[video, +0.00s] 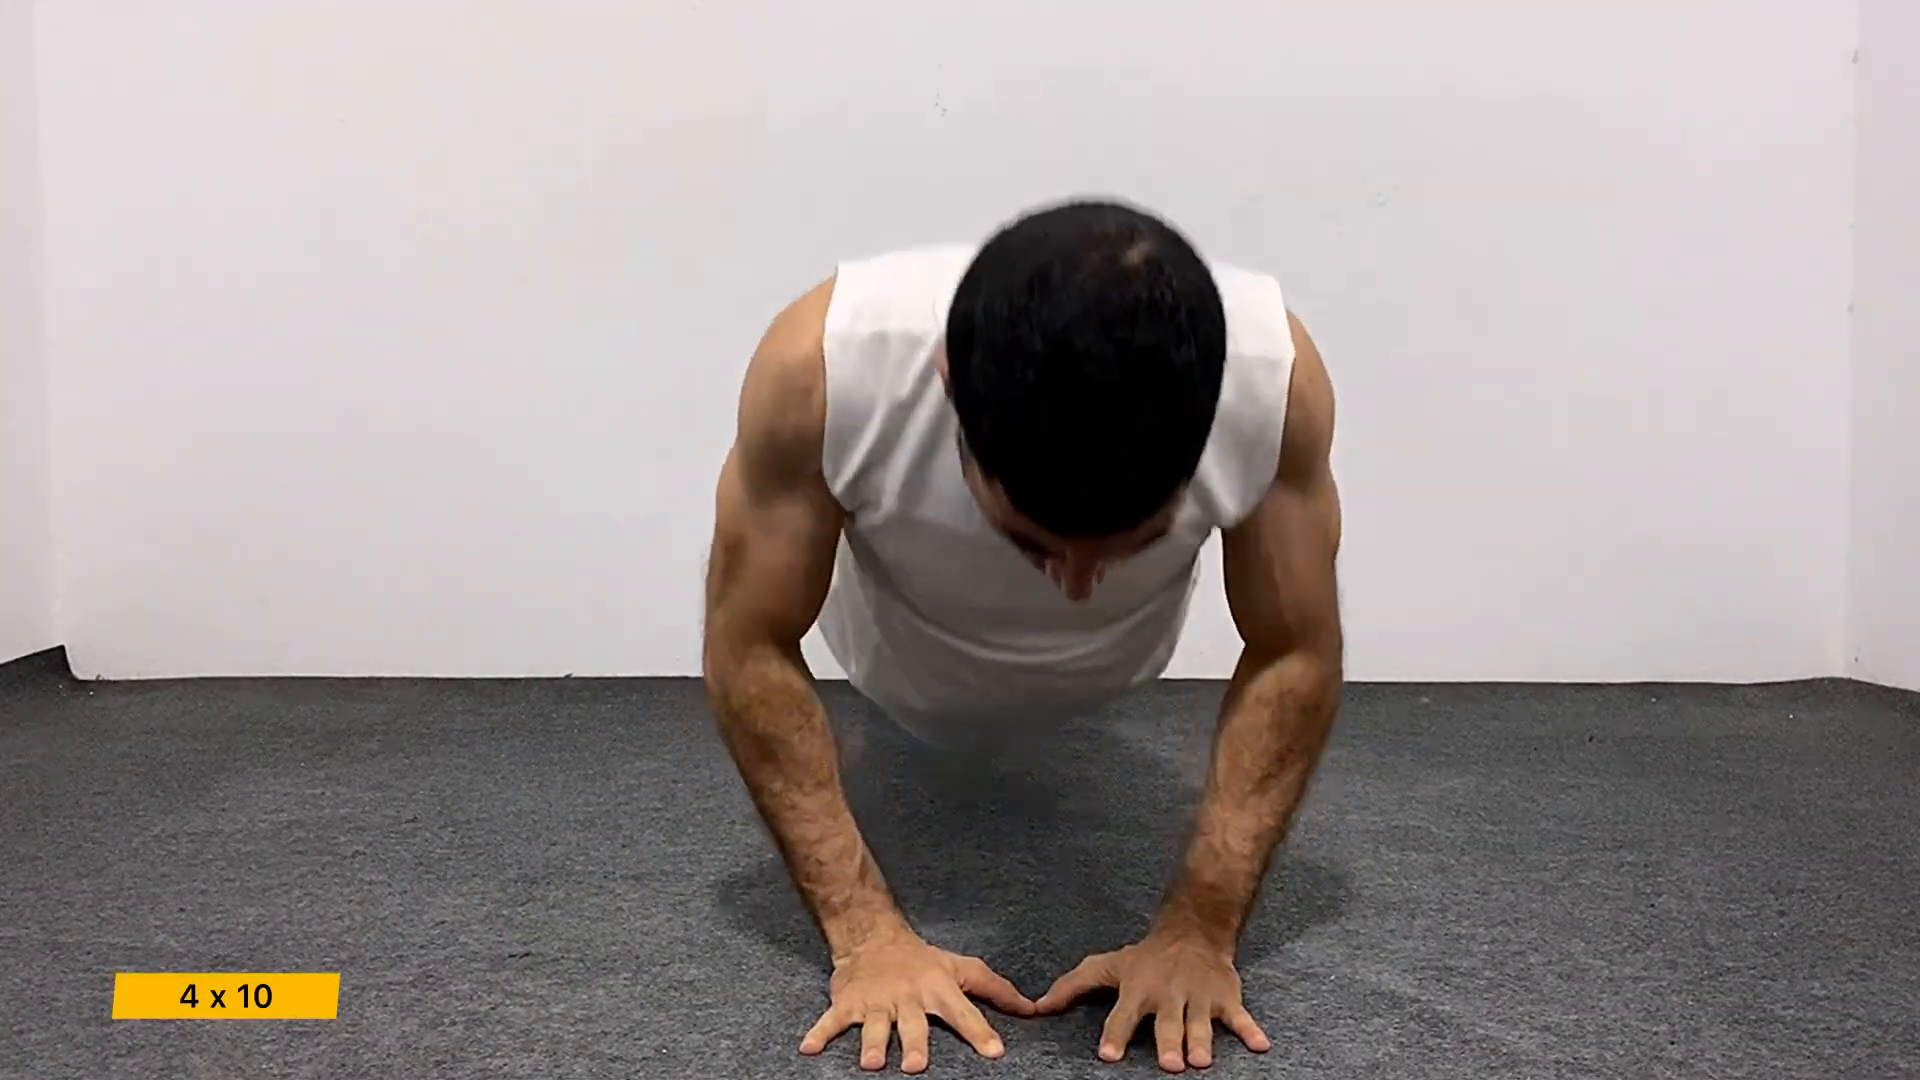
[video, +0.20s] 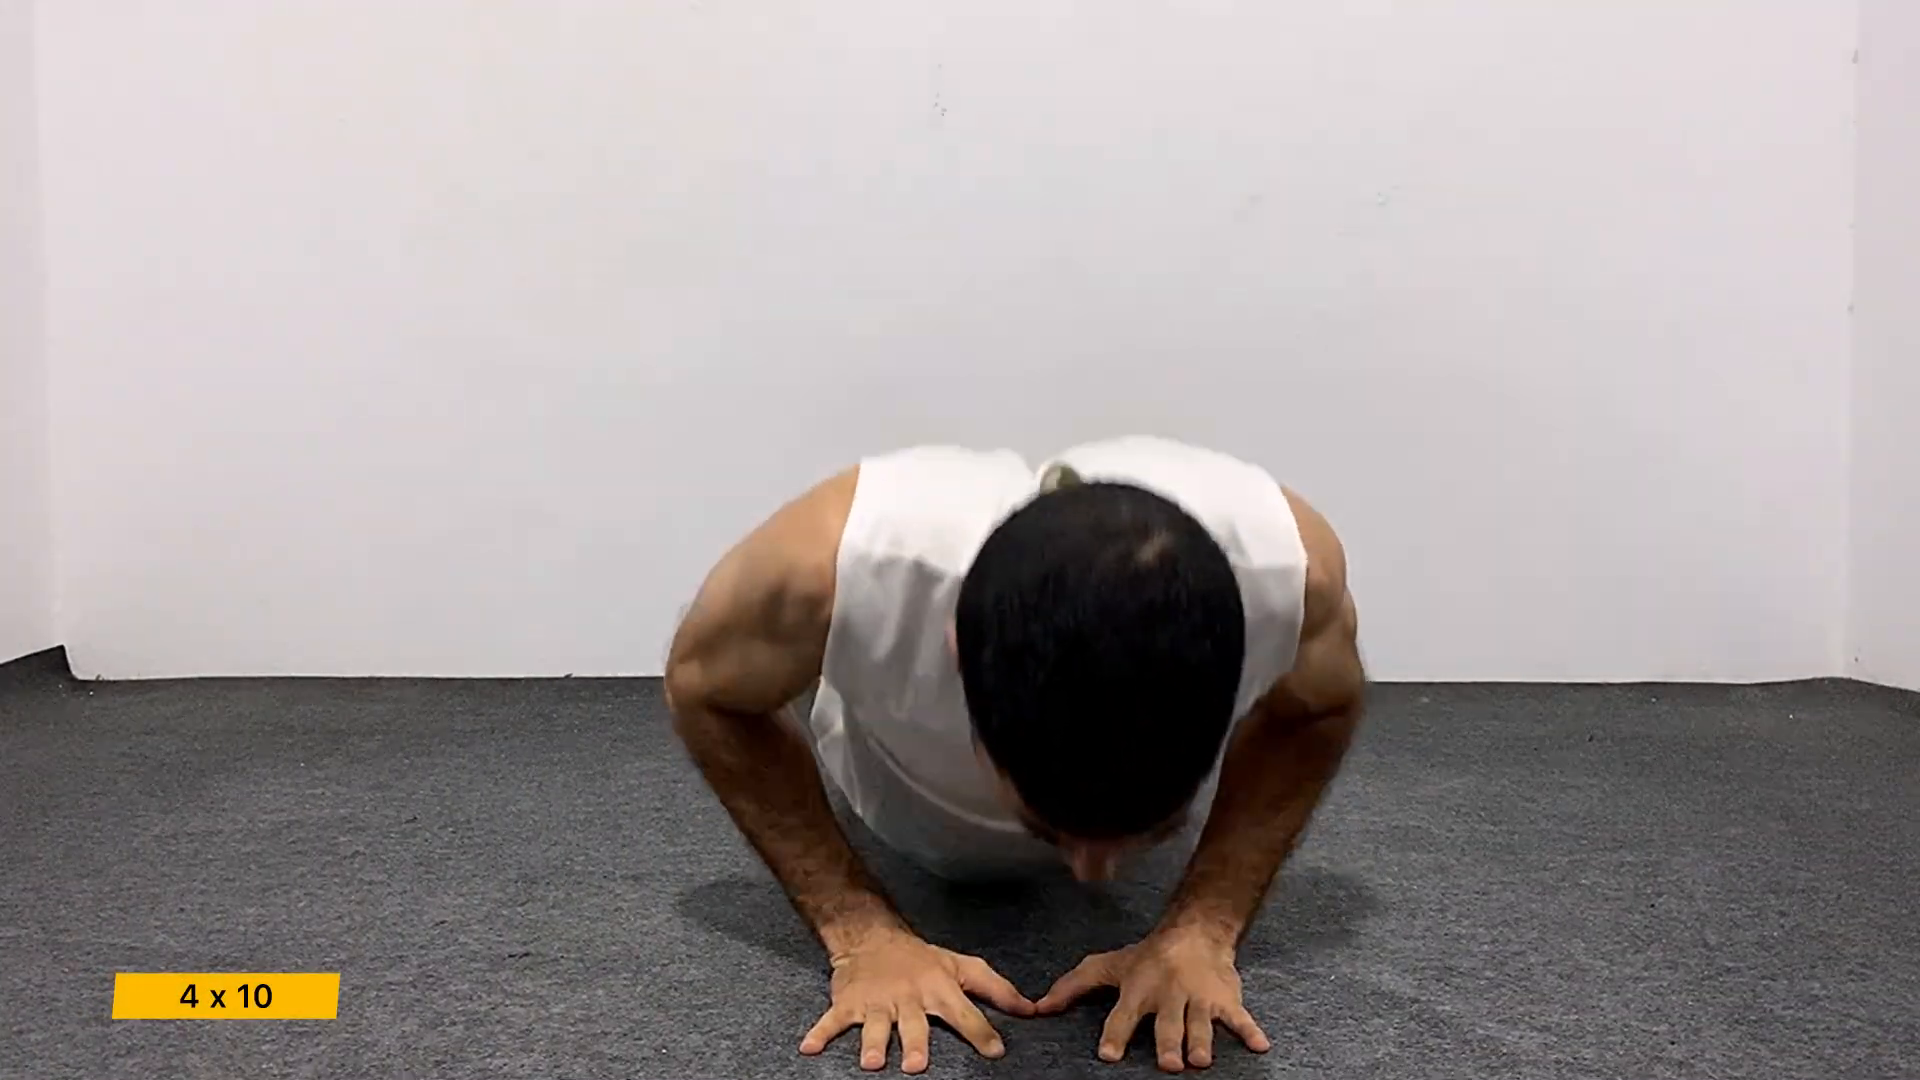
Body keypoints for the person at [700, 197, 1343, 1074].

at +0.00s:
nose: (1077, 579)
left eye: (1130, 542)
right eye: (1034, 540)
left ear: (1204, 428)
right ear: (948, 392)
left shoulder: (1270, 382)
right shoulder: (820, 371)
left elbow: (1294, 652)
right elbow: (747, 649)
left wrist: (1200, 927)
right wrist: (868, 935)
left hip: (1118, 666)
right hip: (908, 674)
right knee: (915, 698)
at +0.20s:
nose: (1093, 871)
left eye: (1136, 833)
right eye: (1051, 826)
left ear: (1227, 697)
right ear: (967, 672)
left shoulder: (1295, 573)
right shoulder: (826, 569)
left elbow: (1314, 707)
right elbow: (709, 692)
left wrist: (1203, 927)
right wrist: (863, 933)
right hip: (911, 816)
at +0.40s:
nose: (1104, 1052)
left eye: (1138, 1025)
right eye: (1059, 1019)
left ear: (1240, 812)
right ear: (958, 817)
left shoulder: (1306, 684)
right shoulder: (834, 688)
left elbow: (1349, 716)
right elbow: (698, 682)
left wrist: (1222, 944)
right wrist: (861, 940)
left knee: (1047, 620)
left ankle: (1015, 577)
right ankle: (900, 589)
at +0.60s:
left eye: (1122, 1018)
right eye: (1032, 999)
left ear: (1234, 808)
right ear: (956, 804)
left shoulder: (1303, 679)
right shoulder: (827, 680)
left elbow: (1347, 712)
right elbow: (702, 682)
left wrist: (1217, 947)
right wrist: (862, 939)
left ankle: (1012, 567)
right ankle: (897, 569)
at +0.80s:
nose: (1087, 784)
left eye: (1131, 745)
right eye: (1042, 741)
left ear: (1212, 632)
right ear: (951, 591)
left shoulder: (1290, 535)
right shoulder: (820, 521)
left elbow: (1307, 696)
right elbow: (722, 688)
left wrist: (1202, 923)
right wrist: (864, 932)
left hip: (1149, 769)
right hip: (903, 781)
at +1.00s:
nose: (1071, 490)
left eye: (1123, 440)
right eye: (1027, 440)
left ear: (1179, 347)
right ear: (947, 301)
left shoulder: (1270, 349)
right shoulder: (814, 334)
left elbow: (1290, 644)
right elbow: (749, 641)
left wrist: (1197, 929)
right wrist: (869, 933)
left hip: (1105, 656)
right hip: (904, 656)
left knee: (1088, 675)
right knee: (904, 675)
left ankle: (1075, 672)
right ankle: (910, 678)